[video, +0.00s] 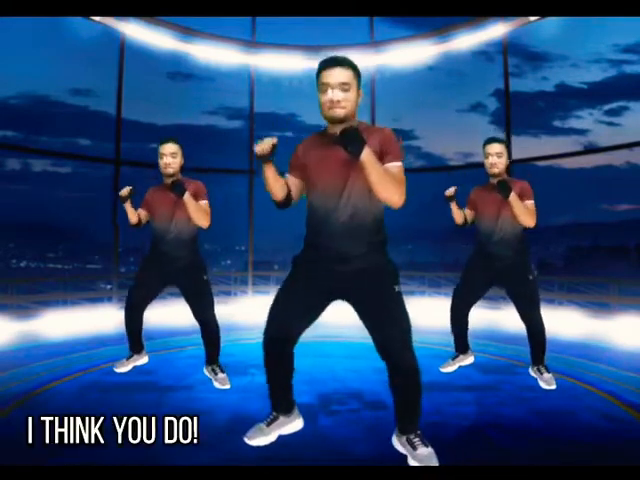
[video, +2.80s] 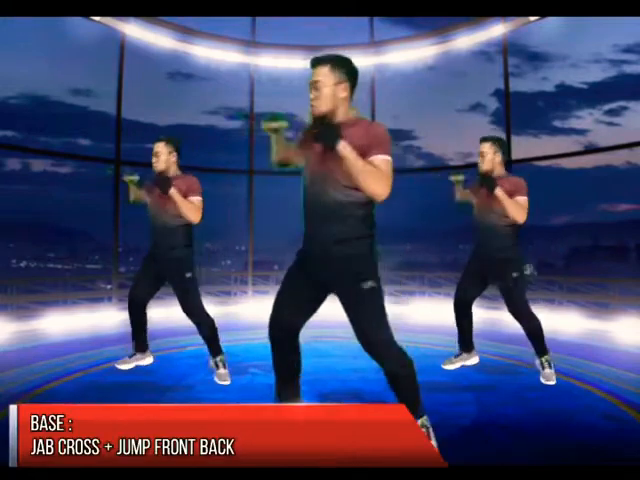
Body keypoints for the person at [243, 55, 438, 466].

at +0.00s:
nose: (335, 95)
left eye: (344, 87)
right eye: (327, 88)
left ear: (359, 94)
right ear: (318, 96)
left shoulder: (382, 139)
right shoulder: (308, 148)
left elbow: (394, 197)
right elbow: (284, 198)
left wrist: (360, 151)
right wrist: (265, 162)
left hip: (369, 268)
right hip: (316, 267)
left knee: (401, 355)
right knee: (276, 338)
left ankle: (408, 433)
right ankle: (284, 413)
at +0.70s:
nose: (315, 93)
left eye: (324, 85)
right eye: (309, 86)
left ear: (342, 91)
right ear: (303, 92)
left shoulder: (362, 134)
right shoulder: (308, 136)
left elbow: (376, 190)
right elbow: (280, 159)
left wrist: (335, 159)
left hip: (345, 259)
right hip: (310, 259)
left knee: (363, 347)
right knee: (275, 329)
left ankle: (434, 412)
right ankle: (291, 414)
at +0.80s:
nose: (296, 98)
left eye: (304, 91)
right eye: (297, 91)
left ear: (328, 94)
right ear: (323, 96)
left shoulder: (330, 131)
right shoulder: (333, 131)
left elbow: (297, 153)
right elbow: (298, 156)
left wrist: (264, 133)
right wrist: (268, 137)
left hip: (336, 262)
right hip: (319, 261)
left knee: (362, 349)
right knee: (277, 325)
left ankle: (437, 414)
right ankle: (291, 414)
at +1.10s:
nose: (292, 96)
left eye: (297, 88)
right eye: (292, 89)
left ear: (321, 87)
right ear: (312, 90)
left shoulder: (353, 122)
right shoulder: (308, 133)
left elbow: (353, 150)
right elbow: (292, 182)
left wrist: (307, 123)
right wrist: (283, 145)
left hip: (350, 253)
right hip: (312, 253)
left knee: (378, 341)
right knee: (282, 330)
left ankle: (432, 417)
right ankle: (292, 416)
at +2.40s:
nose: (326, 96)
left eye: (335, 87)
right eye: (323, 89)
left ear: (359, 90)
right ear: (321, 94)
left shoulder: (386, 128)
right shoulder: (320, 141)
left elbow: (403, 178)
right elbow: (299, 187)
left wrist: (357, 135)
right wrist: (293, 143)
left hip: (377, 258)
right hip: (327, 258)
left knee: (397, 348)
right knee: (288, 329)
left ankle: (405, 424)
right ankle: (278, 410)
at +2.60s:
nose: (333, 94)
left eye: (341, 85)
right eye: (330, 87)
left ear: (367, 88)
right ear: (328, 91)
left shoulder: (394, 132)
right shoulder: (316, 133)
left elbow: (415, 180)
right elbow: (273, 153)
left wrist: (377, 139)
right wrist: (251, 128)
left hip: (377, 261)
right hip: (324, 260)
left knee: (406, 349)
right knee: (288, 331)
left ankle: (407, 424)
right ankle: (286, 408)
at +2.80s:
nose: (312, 94)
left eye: (319, 87)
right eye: (311, 87)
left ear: (344, 90)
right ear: (317, 91)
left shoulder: (371, 132)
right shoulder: (314, 134)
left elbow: (381, 189)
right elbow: (286, 157)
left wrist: (340, 146)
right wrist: (277, 139)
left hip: (354, 261)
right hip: (313, 258)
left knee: (378, 343)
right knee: (282, 327)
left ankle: (419, 421)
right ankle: (288, 410)